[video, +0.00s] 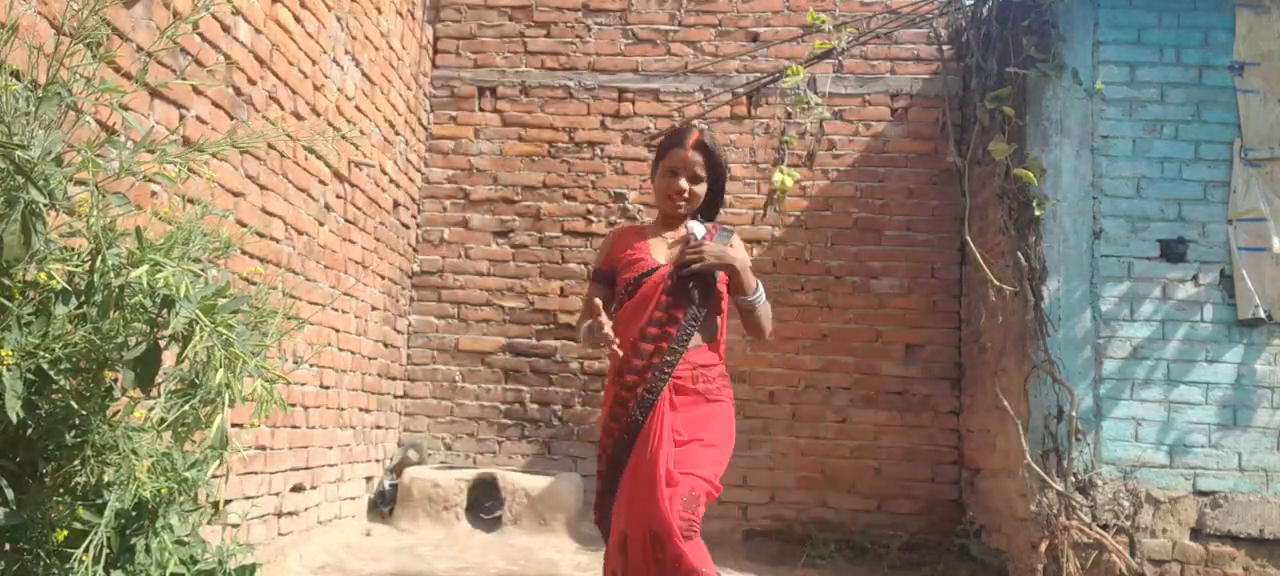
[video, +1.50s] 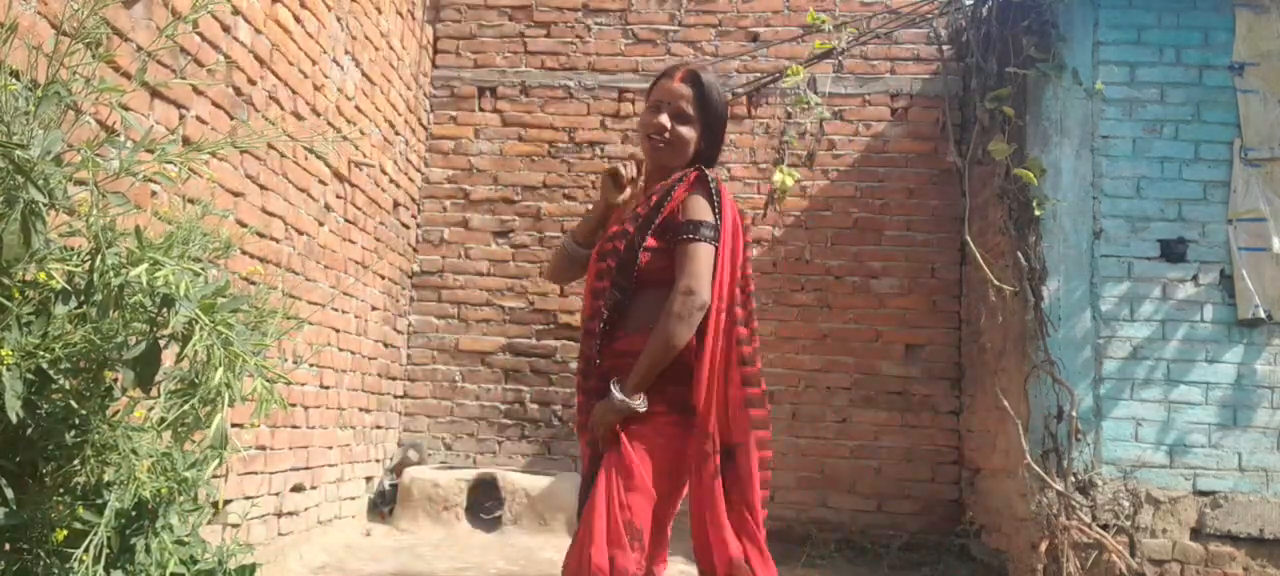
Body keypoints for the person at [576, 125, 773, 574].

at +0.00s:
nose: (681, 186)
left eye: (695, 178)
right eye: (672, 172)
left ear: (710, 188)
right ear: (653, 174)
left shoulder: (722, 244)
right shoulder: (621, 242)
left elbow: (761, 331)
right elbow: (588, 321)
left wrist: (739, 265)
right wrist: (594, 332)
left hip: (700, 401)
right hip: (632, 402)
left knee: (669, 519)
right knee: (624, 525)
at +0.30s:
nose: (685, 136)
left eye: (700, 128)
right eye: (675, 122)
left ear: (715, 139)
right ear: (654, 125)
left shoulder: (721, 196)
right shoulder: (626, 192)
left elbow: (756, 274)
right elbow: (571, 277)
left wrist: (775, 187)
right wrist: (603, 207)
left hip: (706, 365)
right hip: (637, 367)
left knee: (695, 508)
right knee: (649, 503)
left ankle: (693, 575)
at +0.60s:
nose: (685, 149)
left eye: (700, 141)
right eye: (673, 135)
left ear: (718, 154)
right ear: (651, 142)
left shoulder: (730, 218)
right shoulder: (623, 217)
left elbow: (804, 231)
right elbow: (554, 218)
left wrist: (770, 149)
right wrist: (604, 145)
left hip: (723, 380)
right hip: (641, 384)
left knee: (726, 526)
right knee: (639, 523)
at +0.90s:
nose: (685, 104)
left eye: (700, 92)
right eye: (671, 90)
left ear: (717, 106)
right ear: (646, 99)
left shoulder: (732, 177)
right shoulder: (629, 170)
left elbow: (795, 190)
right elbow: (581, 133)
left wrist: (745, 94)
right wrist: (632, 71)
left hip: (724, 371)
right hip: (639, 368)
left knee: (734, 523)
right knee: (634, 529)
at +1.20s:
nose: (680, 83)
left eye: (697, 77)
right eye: (669, 68)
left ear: (715, 95)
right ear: (646, 76)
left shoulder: (725, 147)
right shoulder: (622, 161)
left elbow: (758, 242)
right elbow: (551, 169)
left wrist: (695, 344)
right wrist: (619, 94)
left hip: (701, 370)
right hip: (617, 367)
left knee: (681, 524)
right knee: (604, 519)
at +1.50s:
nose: (661, 123)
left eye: (681, 116)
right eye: (655, 108)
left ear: (705, 135)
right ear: (642, 115)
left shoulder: (694, 195)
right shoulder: (639, 199)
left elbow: (692, 300)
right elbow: (559, 272)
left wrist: (628, 393)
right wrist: (602, 209)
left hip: (656, 413)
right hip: (624, 407)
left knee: (604, 557)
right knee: (629, 559)